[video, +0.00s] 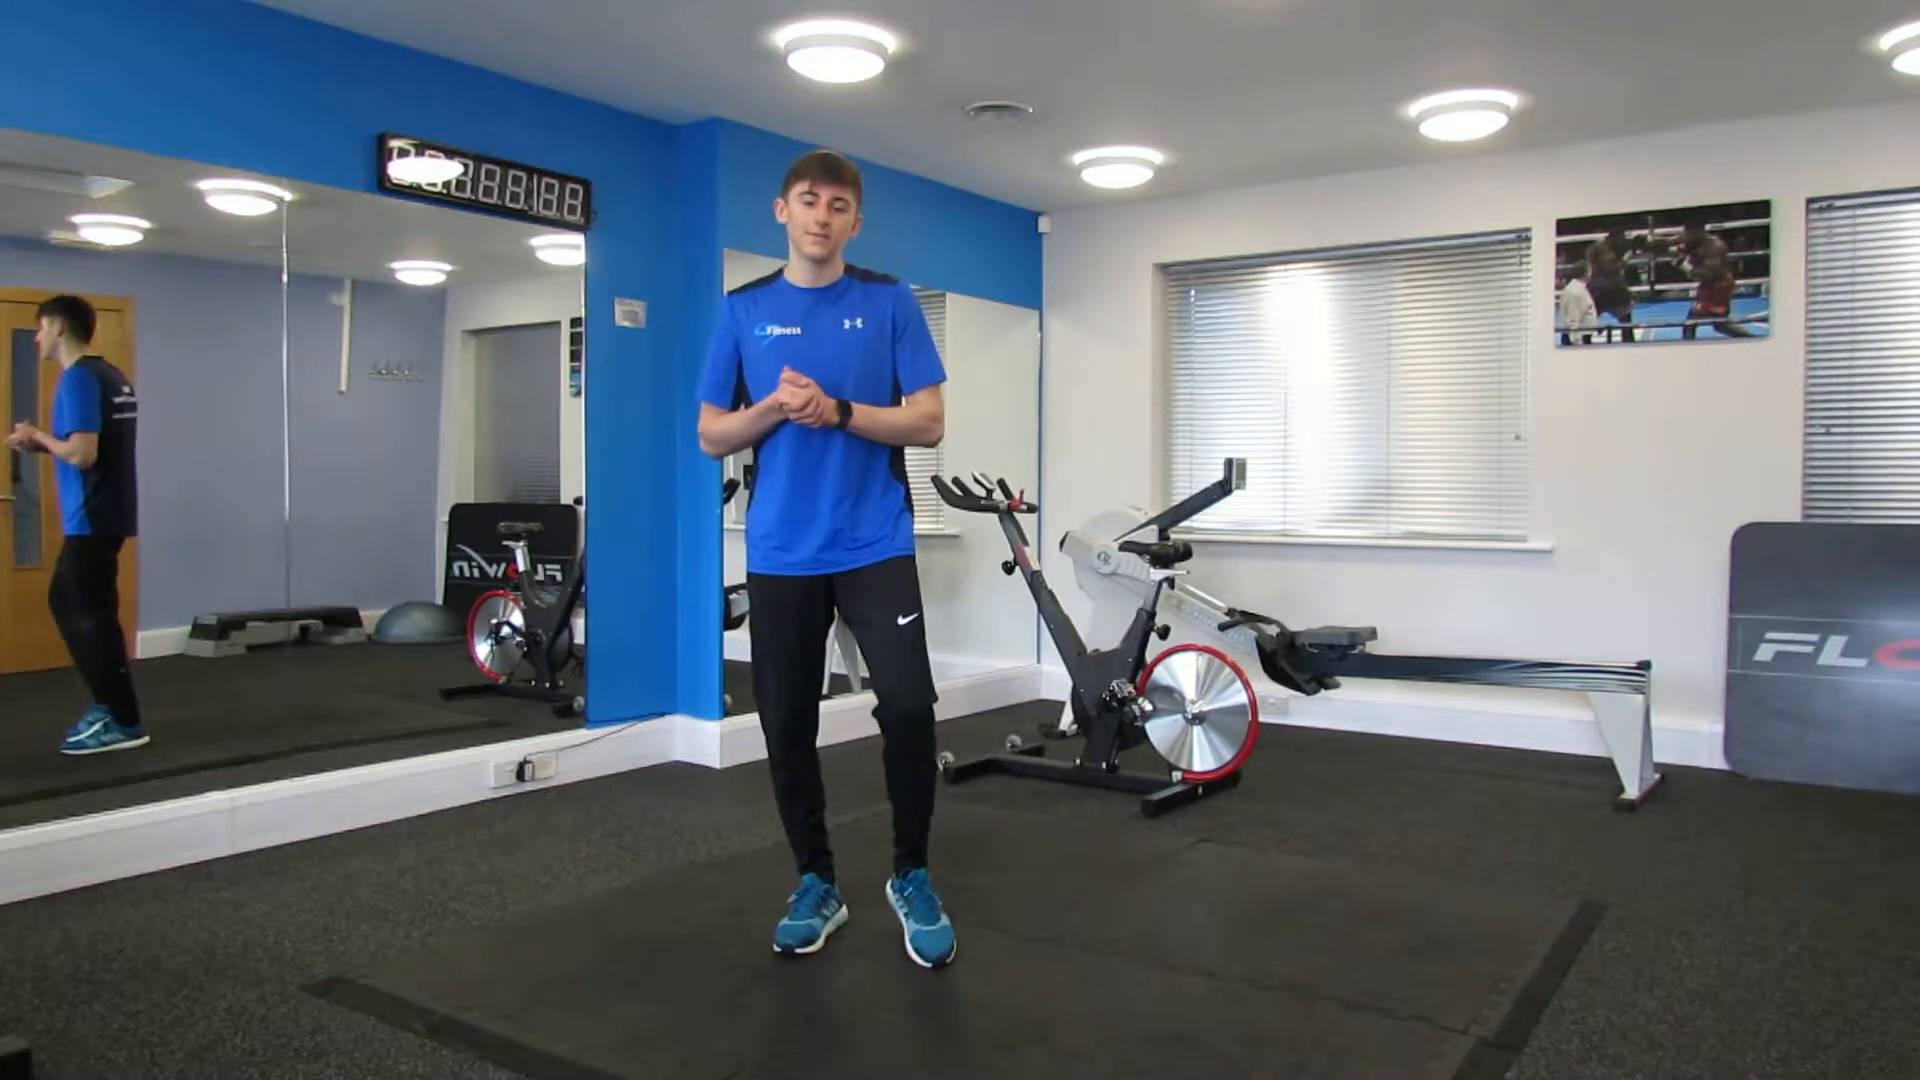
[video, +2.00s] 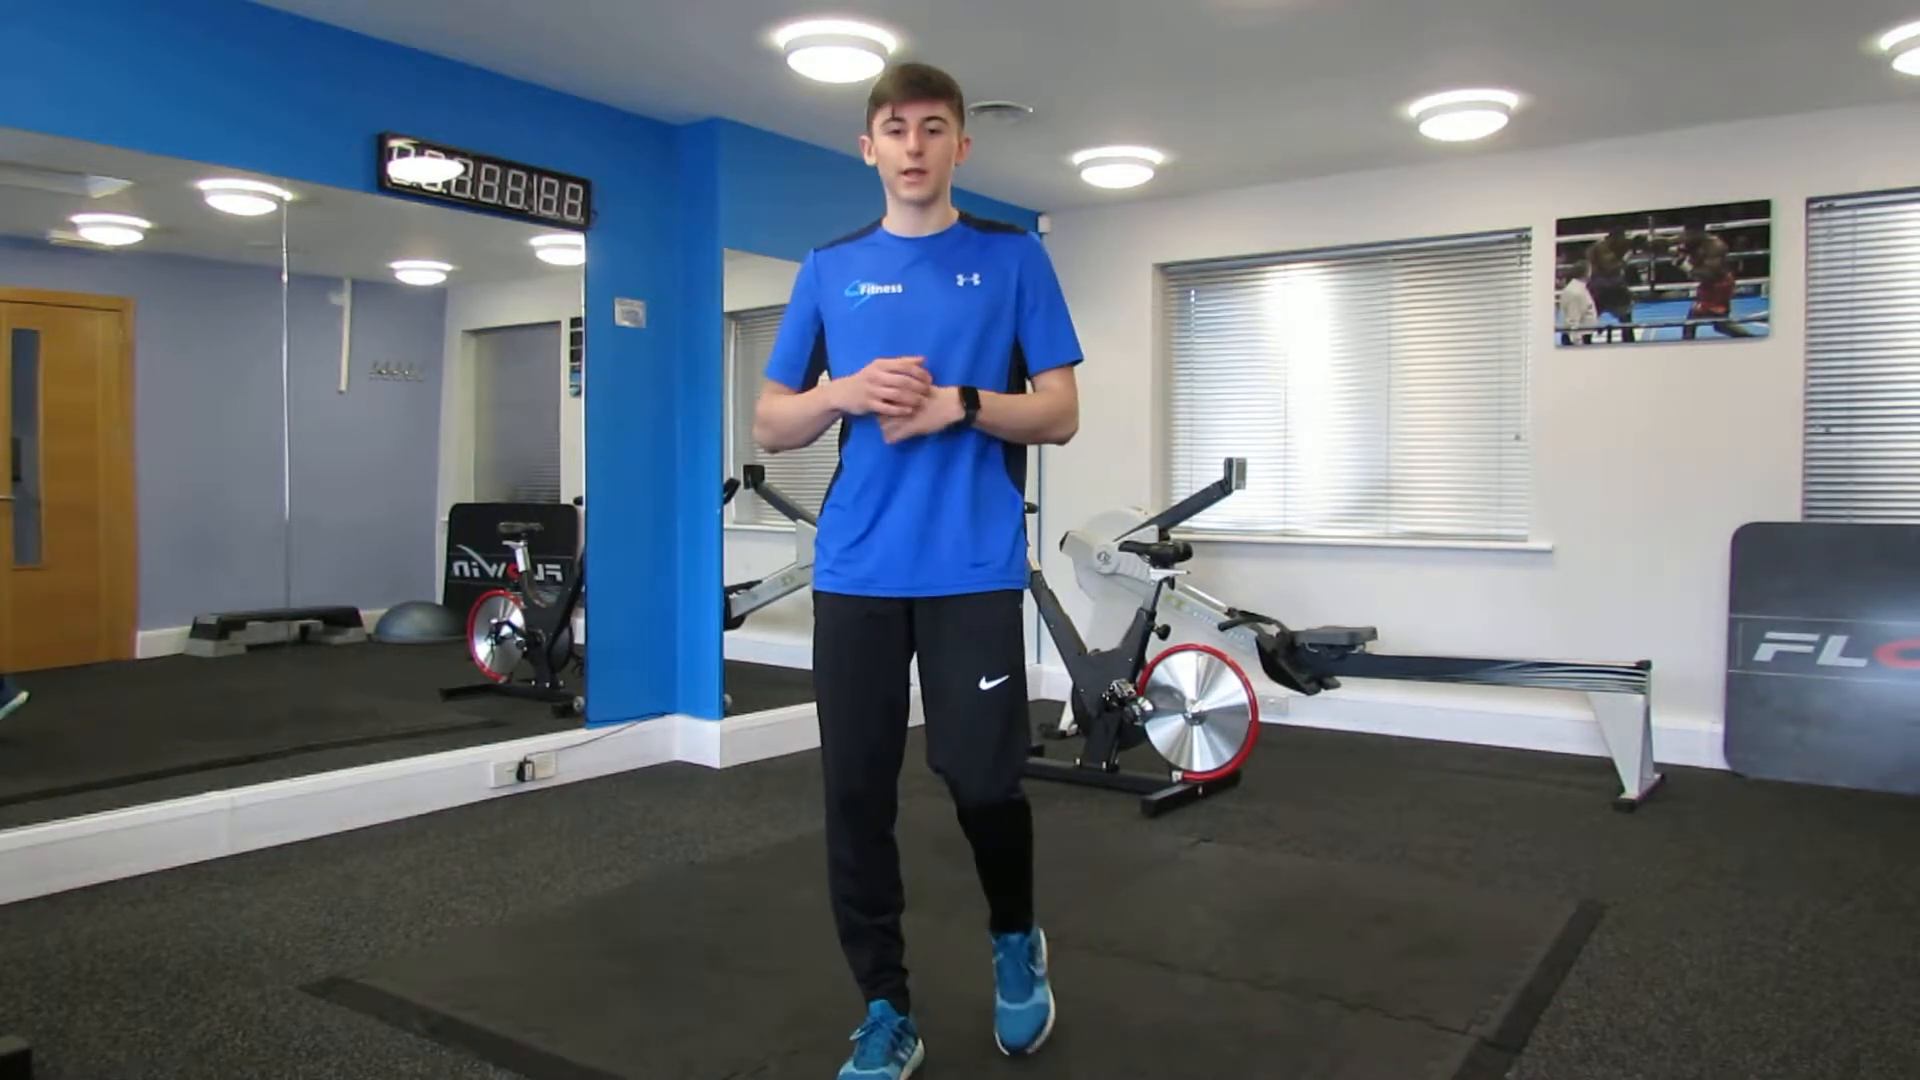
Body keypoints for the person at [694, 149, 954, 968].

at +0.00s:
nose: (824, 214)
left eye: (839, 205)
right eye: (810, 201)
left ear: (856, 221)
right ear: (782, 213)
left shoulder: (890, 301)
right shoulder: (742, 309)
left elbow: (929, 421)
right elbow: (712, 435)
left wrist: (839, 411)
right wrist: (768, 410)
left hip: (875, 543)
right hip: (781, 550)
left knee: (910, 706)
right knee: (786, 726)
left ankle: (911, 876)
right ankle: (816, 882)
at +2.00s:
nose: (915, 143)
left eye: (933, 127)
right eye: (896, 129)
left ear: (961, 146)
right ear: (871, 147)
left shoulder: (1013, 258)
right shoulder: (828, 269)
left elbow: (1060, 411)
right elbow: (772, 426)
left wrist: (959, 404)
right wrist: (844, 392)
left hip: (974, 564)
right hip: (856, 567)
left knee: (982, 781)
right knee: (855, 796)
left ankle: (1014, 940)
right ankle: (886, 1008)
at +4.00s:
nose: (975, 206)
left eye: (990, 195)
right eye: (960, 194)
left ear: (1009, 211)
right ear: (935, 208)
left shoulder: (1050, 301)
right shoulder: (898, 314)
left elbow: (1089, 427)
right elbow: (864, 446)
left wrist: (1001, 424)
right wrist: (922, 418)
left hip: (1027, 553)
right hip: (929, 556)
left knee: (1049, 726)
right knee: (938, 731)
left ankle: (1054, 914)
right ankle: (961, 894)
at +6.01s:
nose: (980, 136)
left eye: (1001, 114)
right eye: (963, 121)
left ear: (1045, 123)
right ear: (951, 139)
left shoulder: (1114, 242)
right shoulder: (934, 272)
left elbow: (1159, 415)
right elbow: (914, 452)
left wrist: (1012, 414)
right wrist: (912, 401)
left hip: (1058, 578)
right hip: (946, 574)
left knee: (1070, 814)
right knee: (923, 798)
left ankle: (1193, 1032)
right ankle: (938, 1006)